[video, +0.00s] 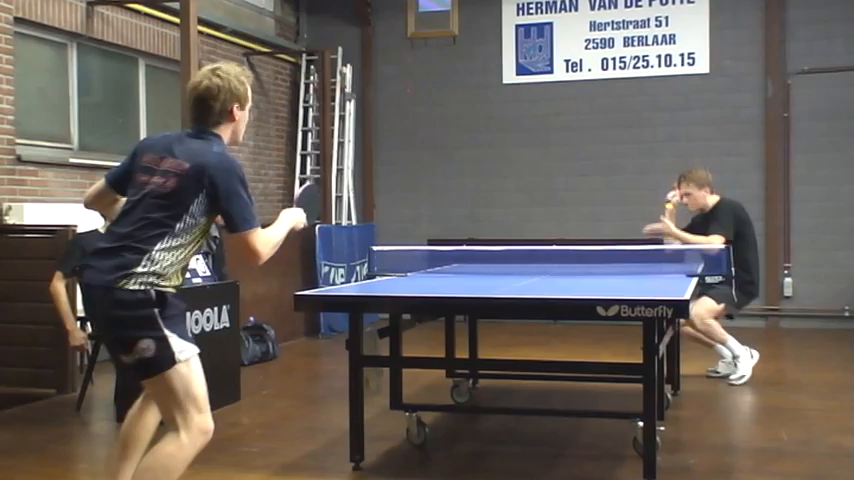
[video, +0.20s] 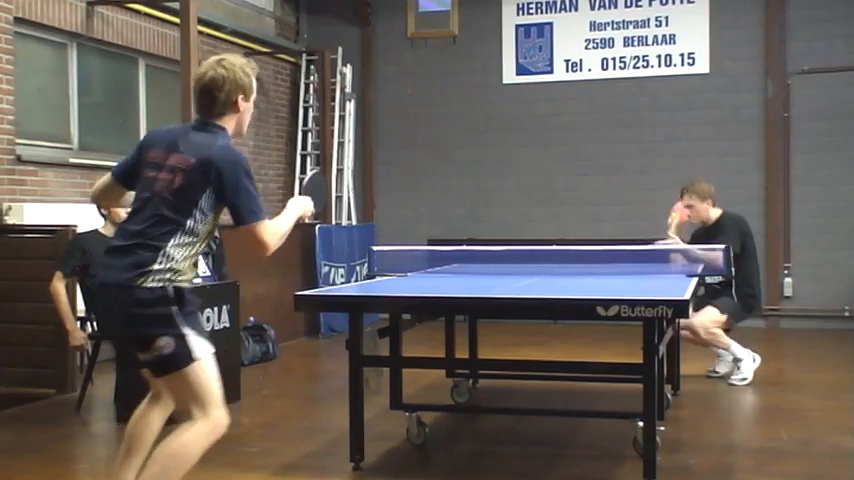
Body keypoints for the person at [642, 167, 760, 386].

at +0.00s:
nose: (684, 201)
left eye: (688, 195)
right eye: (682, 196)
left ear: (705, 191)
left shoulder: (727, 210)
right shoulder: (700, 220)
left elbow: (715, 244)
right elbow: (673, 244)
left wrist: (672, 231)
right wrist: (670, 210)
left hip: (738, 283)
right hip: (713, 282)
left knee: (698, 313)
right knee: (678, 320)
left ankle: (743, 353)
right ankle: (727, 356)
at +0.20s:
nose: (687, 213)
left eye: (690, 207)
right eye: (685, 208)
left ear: (707, 202)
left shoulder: (732, 223)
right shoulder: (701, 233)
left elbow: (722, 259)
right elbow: (678, 265)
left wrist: (683, 247)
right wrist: (673, 231)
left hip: (741, 294)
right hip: (716, 293)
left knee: (699, 322)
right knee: (680, 325)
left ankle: (746, 356)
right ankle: (726, 355)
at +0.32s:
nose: (687, 229)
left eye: (691, 223)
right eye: (685, 224)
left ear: (708, 221)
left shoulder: (735, 240)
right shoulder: (696, 247)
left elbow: (739, 284)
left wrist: (705, 273)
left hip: (744, 305)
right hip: (714, 303)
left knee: (702, 327)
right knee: (677, 331)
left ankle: (748, 358)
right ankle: (722, 352)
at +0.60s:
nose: (687, 199)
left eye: (693, 194)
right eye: (684, 194)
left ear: (708, 196)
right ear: (681, 198)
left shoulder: (726, 223)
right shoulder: (678, 229)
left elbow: (743, 265)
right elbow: (669, 263)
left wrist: (708, 248)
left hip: (727, 283)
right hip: (693, 286)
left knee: (705, 319)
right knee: (667, 327)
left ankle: (739, 359)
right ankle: (715, 349)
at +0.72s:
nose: (680, 182)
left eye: (686, 177)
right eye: (676, 178)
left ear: (699, 180)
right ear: (672, 182)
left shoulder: (717, 206)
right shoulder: (668, 212)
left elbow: (738, 246)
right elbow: (657, 250)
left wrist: (696, 243)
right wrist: (643, 265)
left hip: (714, 275)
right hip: (678, 276)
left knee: (704, 316)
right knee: (652, 310)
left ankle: (741, 363)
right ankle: (683, 344)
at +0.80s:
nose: (671, 177)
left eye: (677, 172)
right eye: (667, 172)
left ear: (689, 174)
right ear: (662, 176)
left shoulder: (707, 202)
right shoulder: (657, 207)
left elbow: (730, 238)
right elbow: (648, 243)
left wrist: (692, 246)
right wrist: (638, 260)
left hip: (703, 272)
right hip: (666, 274)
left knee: (702, 313)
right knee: (631, 296)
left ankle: (739, 363)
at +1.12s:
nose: (639, 161)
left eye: (644, 155)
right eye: (634, 157)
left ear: (655, 156)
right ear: (629, 161)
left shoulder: (674, 184)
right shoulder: (625, 190)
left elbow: (699, 218)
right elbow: (618, 226)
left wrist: (676, 235)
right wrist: (615, 247)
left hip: (672, 264)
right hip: (635, 265)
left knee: (691, 307)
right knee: (608, 301)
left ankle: (719, 358)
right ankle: (623, 350)